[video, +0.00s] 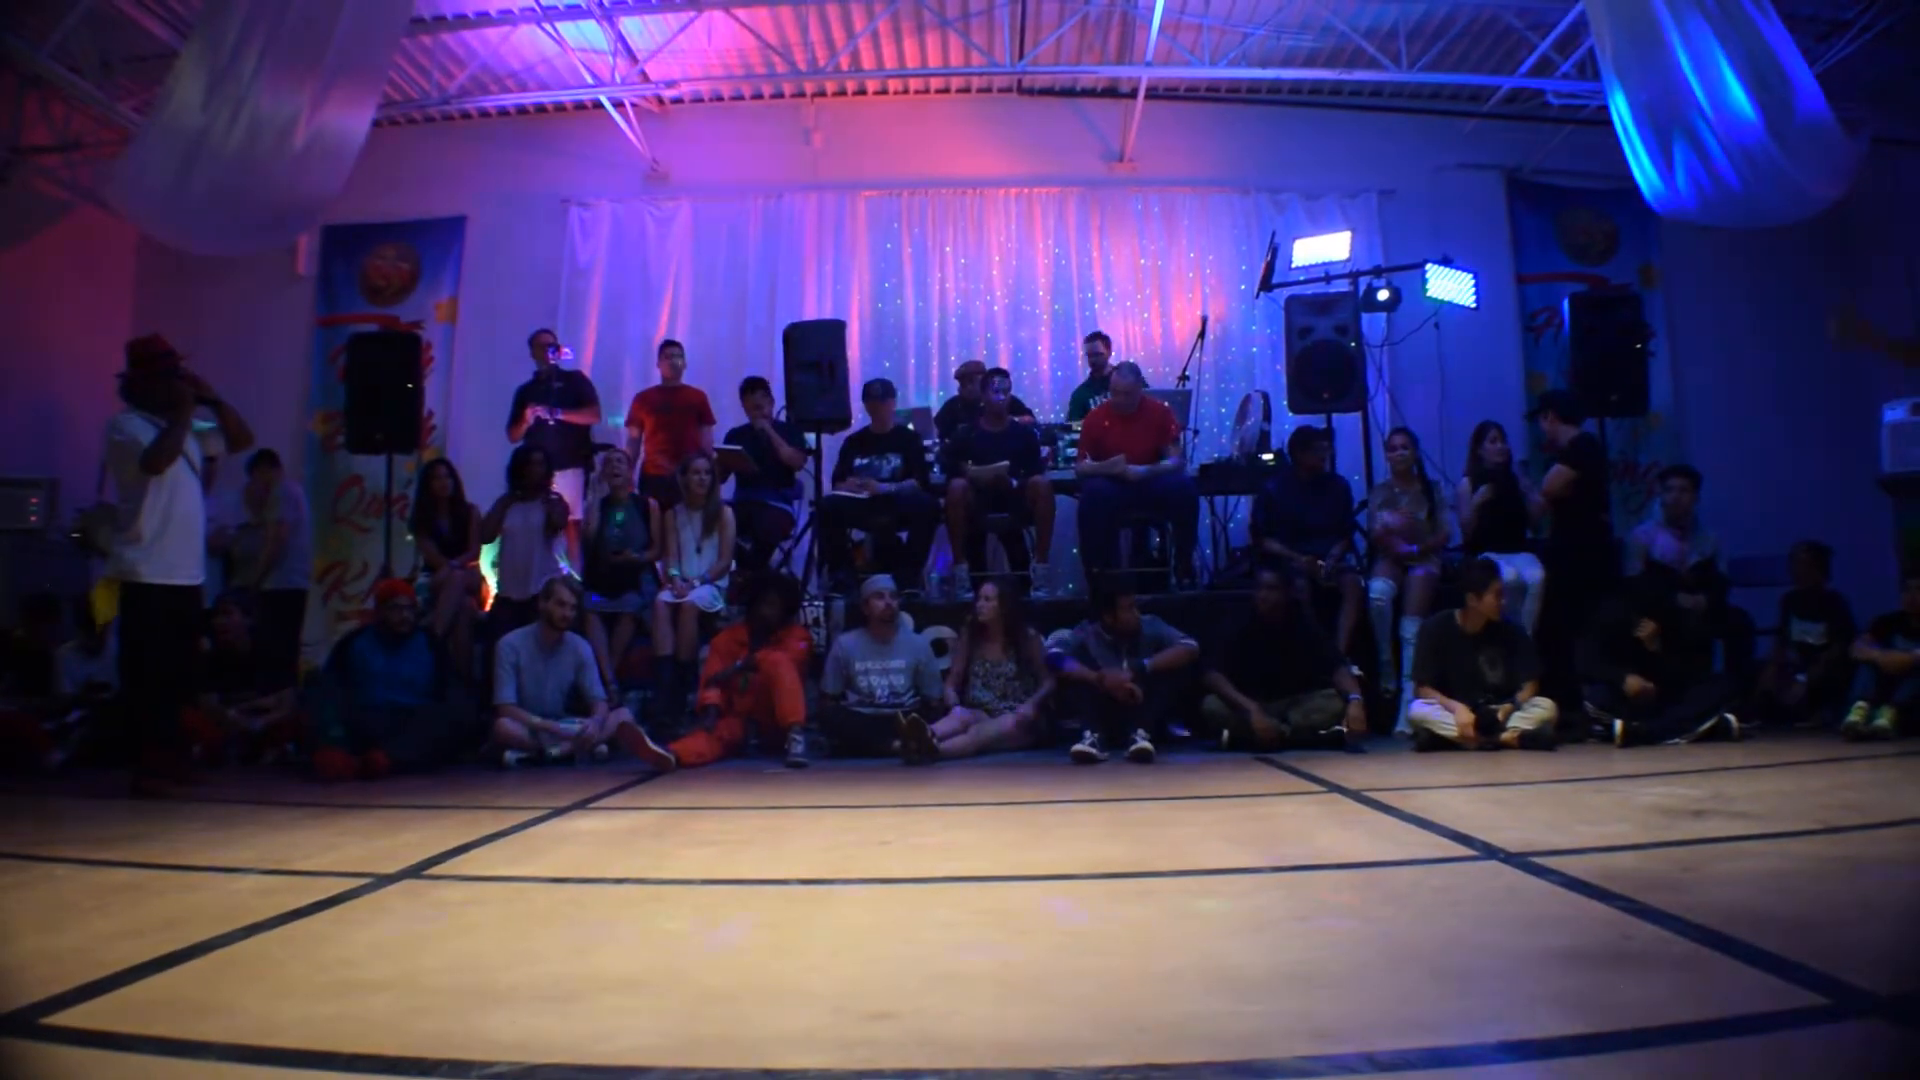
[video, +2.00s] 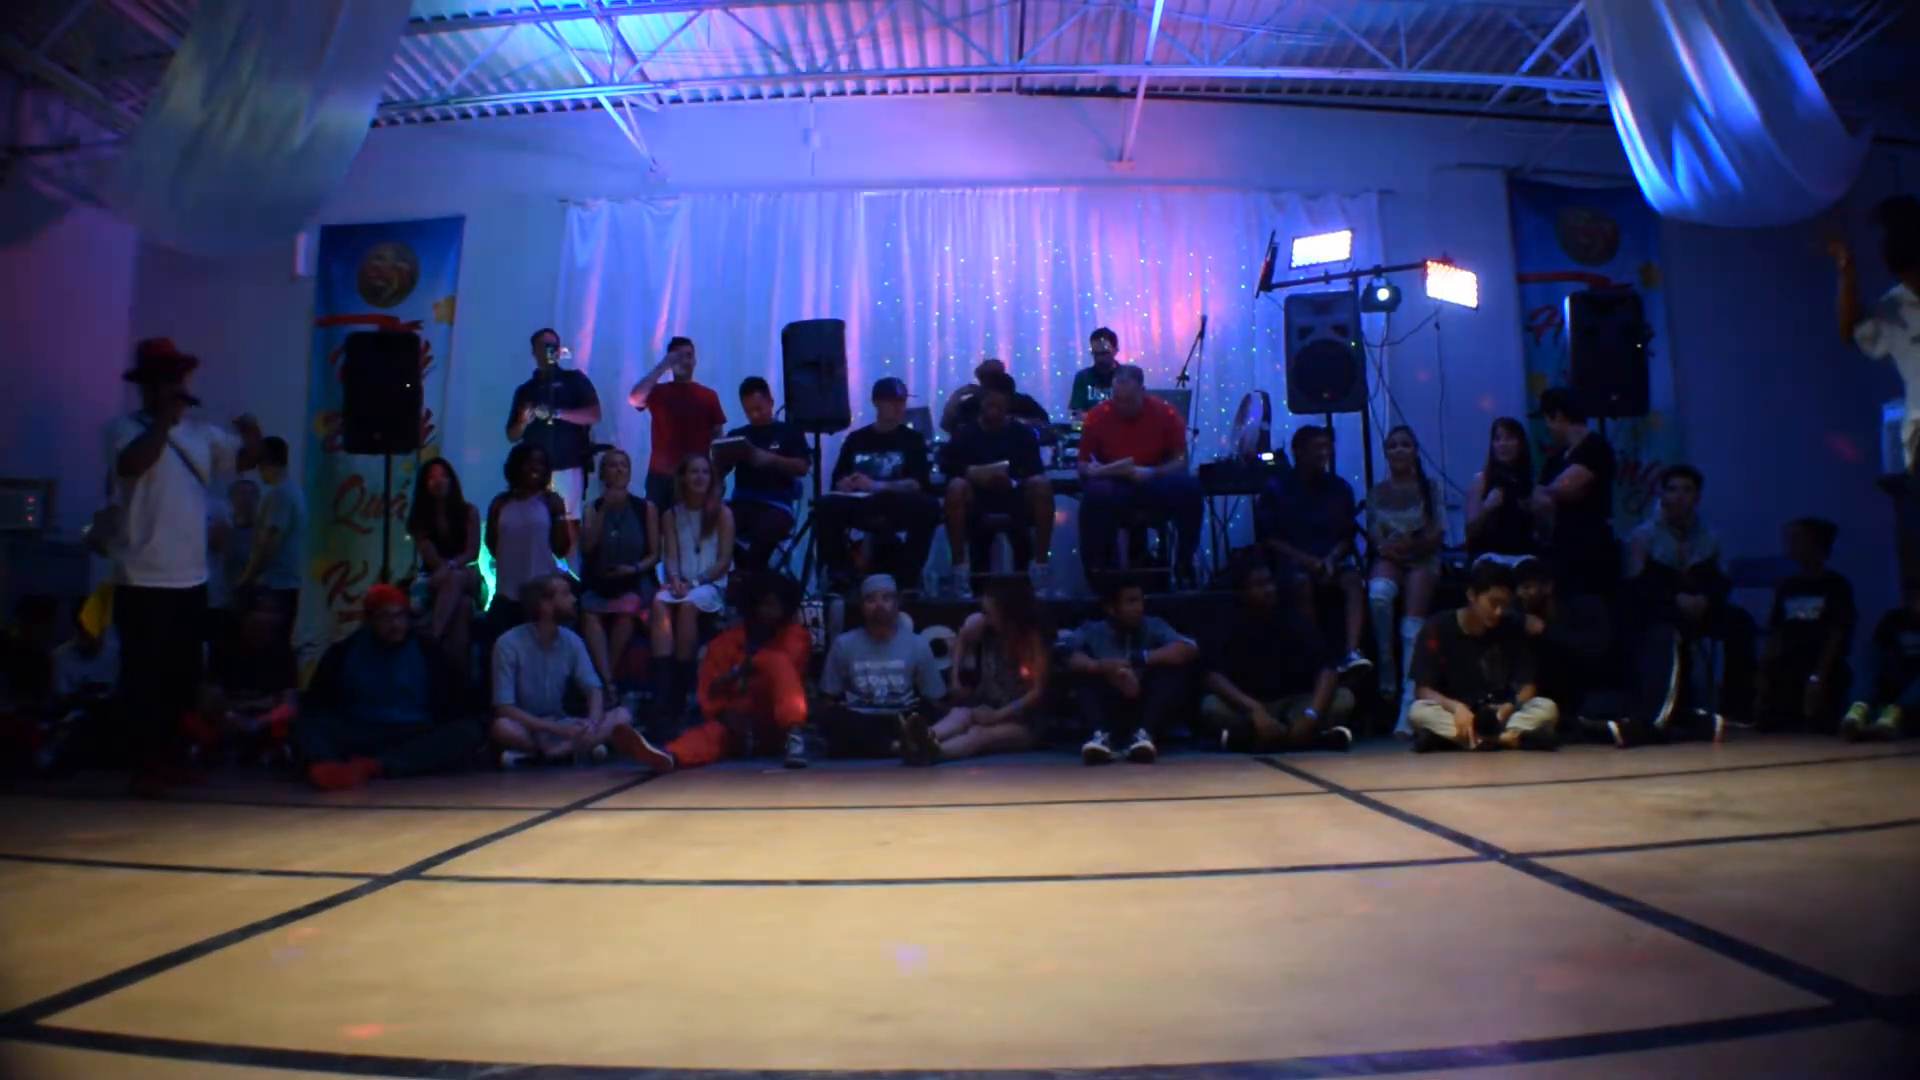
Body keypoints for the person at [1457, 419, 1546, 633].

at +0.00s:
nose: (1500, 447)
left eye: (1503, 441)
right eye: (1493, 442)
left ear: (1509, 446)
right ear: (1479, 449)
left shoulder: (1517, 479)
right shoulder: (1469, 483)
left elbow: (1534, 513)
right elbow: (1467, 526)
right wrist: (1475, 503)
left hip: (1519, 548)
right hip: (1487, 549)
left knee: (1536, 576)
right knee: (1510, 578)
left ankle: (1527, 636)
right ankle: (1502, 634)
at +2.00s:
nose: (1503, 445)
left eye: (1509, 439)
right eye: (1497, 439)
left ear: (1521, 444)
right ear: (1492, 444)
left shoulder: (1530, 479)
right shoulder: (1481, 480)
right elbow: (1472, 523)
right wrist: (1488, 506)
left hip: (1524, 551)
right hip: (1490, 550)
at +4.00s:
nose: (1510, 450)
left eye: (1514, 444)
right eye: (1503, 444)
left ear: (1521, 447)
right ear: (1491, 447)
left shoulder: (1526, 479)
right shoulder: (1478, 480)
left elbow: (1536, 524)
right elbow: (1471, 525)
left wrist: (1536, 506)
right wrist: (1493, 502)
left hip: (1524, 551)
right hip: (1491, 551)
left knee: (1540, 588)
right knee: (1511, 587)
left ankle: (1527, 645)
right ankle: (1501, 643)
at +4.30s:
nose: (1509, 451)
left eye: (1514, 445)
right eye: (1502, 445)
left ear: (1521, 448)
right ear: (1491, 449)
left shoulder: (1528, 478)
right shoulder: (1480, 480)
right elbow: (1472, 525)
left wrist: (1529, 505)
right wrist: (1493, 502)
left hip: (1525, 551)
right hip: (1491, 551)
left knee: (1539, 585)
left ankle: (1527, 643)